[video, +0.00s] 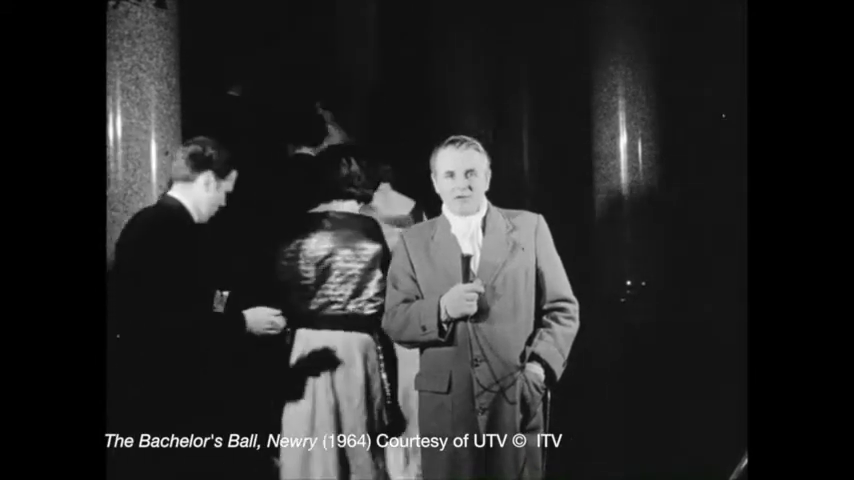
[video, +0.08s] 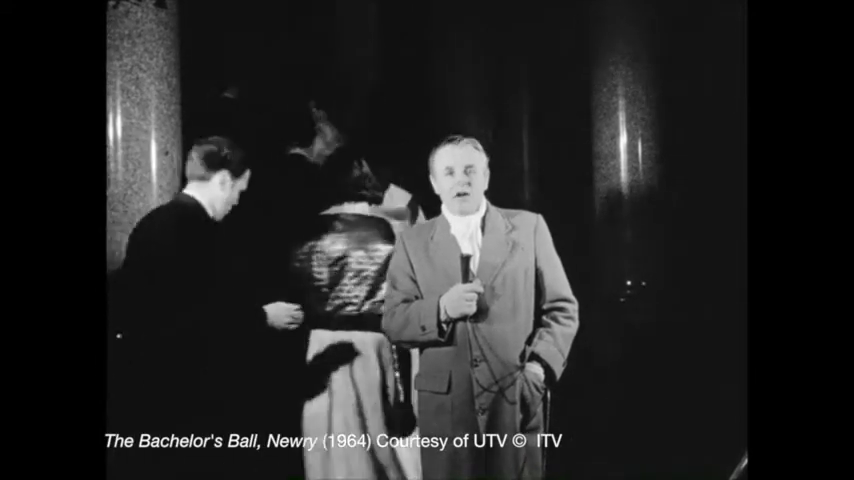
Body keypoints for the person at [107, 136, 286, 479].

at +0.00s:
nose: (224, 203)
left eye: (228, 194)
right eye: (226, 192)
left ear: (196, 178)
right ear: (206, 181)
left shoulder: (150, 225)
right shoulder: (172, 233)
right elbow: (172, 325)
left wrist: (210, 302)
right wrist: (242, 322)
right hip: (166, 394)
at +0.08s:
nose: (239, 201)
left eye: (242, 192)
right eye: (240, 190)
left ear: (193, 175)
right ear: (222, 180)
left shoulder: (152, 225)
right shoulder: (199, 233)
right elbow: (203, 312)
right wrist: (263, 315)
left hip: (160, 378)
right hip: (192, 383)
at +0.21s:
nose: (259, 198)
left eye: (260, 188)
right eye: (258, 187)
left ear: (214, 178)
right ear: (245, 181)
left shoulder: (172, 227)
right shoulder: (231, 235)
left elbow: (144, 304)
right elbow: (236, 313)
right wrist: (291, 315)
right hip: (214, 374)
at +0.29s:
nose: (271, 203)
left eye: (271, 194)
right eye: (270, 193)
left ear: (229, 184)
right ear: (262, 189)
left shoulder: (187, 231)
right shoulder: (253, 239)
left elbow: (156, 303)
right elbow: (261, 316)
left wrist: (145, 355)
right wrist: (309, 316)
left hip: (183, 358)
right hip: (232, 365)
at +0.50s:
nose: (308, 202)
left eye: (310, 194)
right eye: (310, 193)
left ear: (266, 179)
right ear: (300, 186)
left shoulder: (228, 220)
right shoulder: (293, 227)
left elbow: (198, 296)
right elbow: (302, 310)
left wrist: (214, 339)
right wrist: (350, 307)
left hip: (232, 361)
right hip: (284, 363)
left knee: (247, 461)